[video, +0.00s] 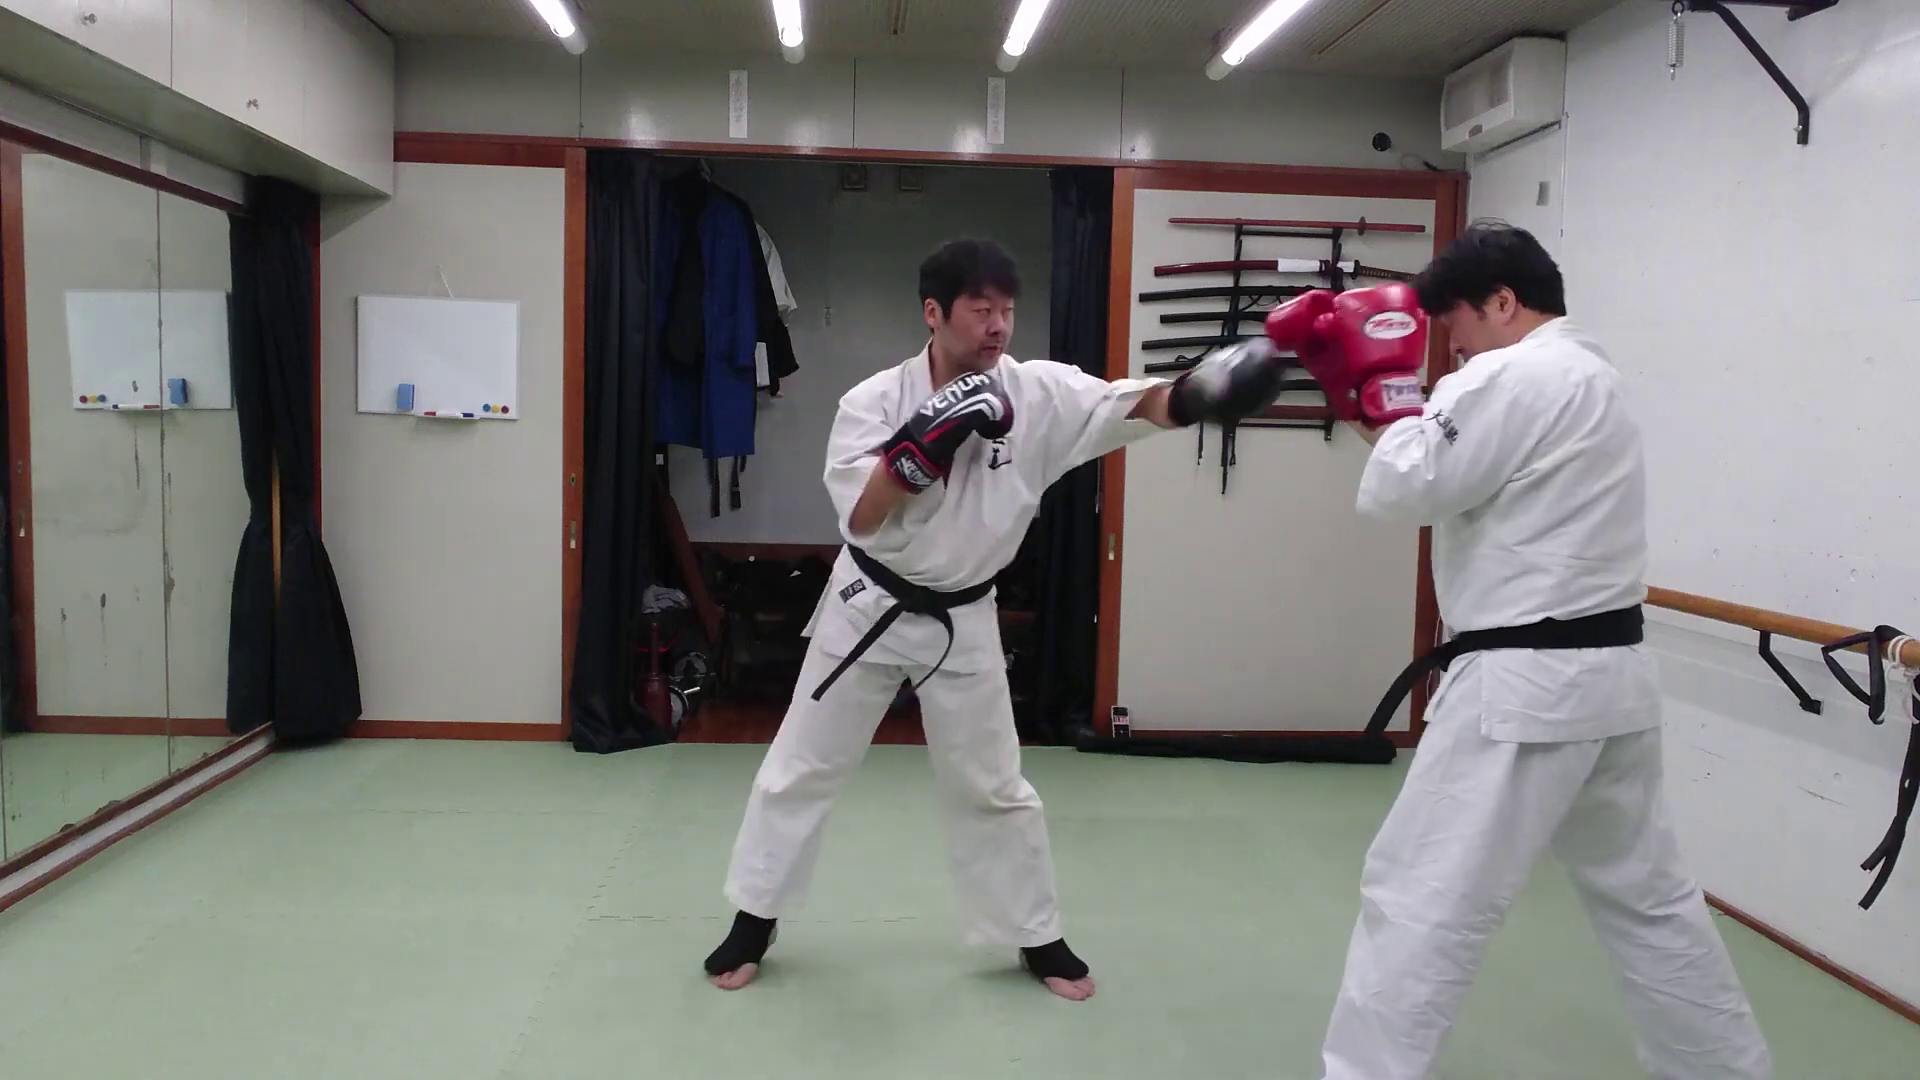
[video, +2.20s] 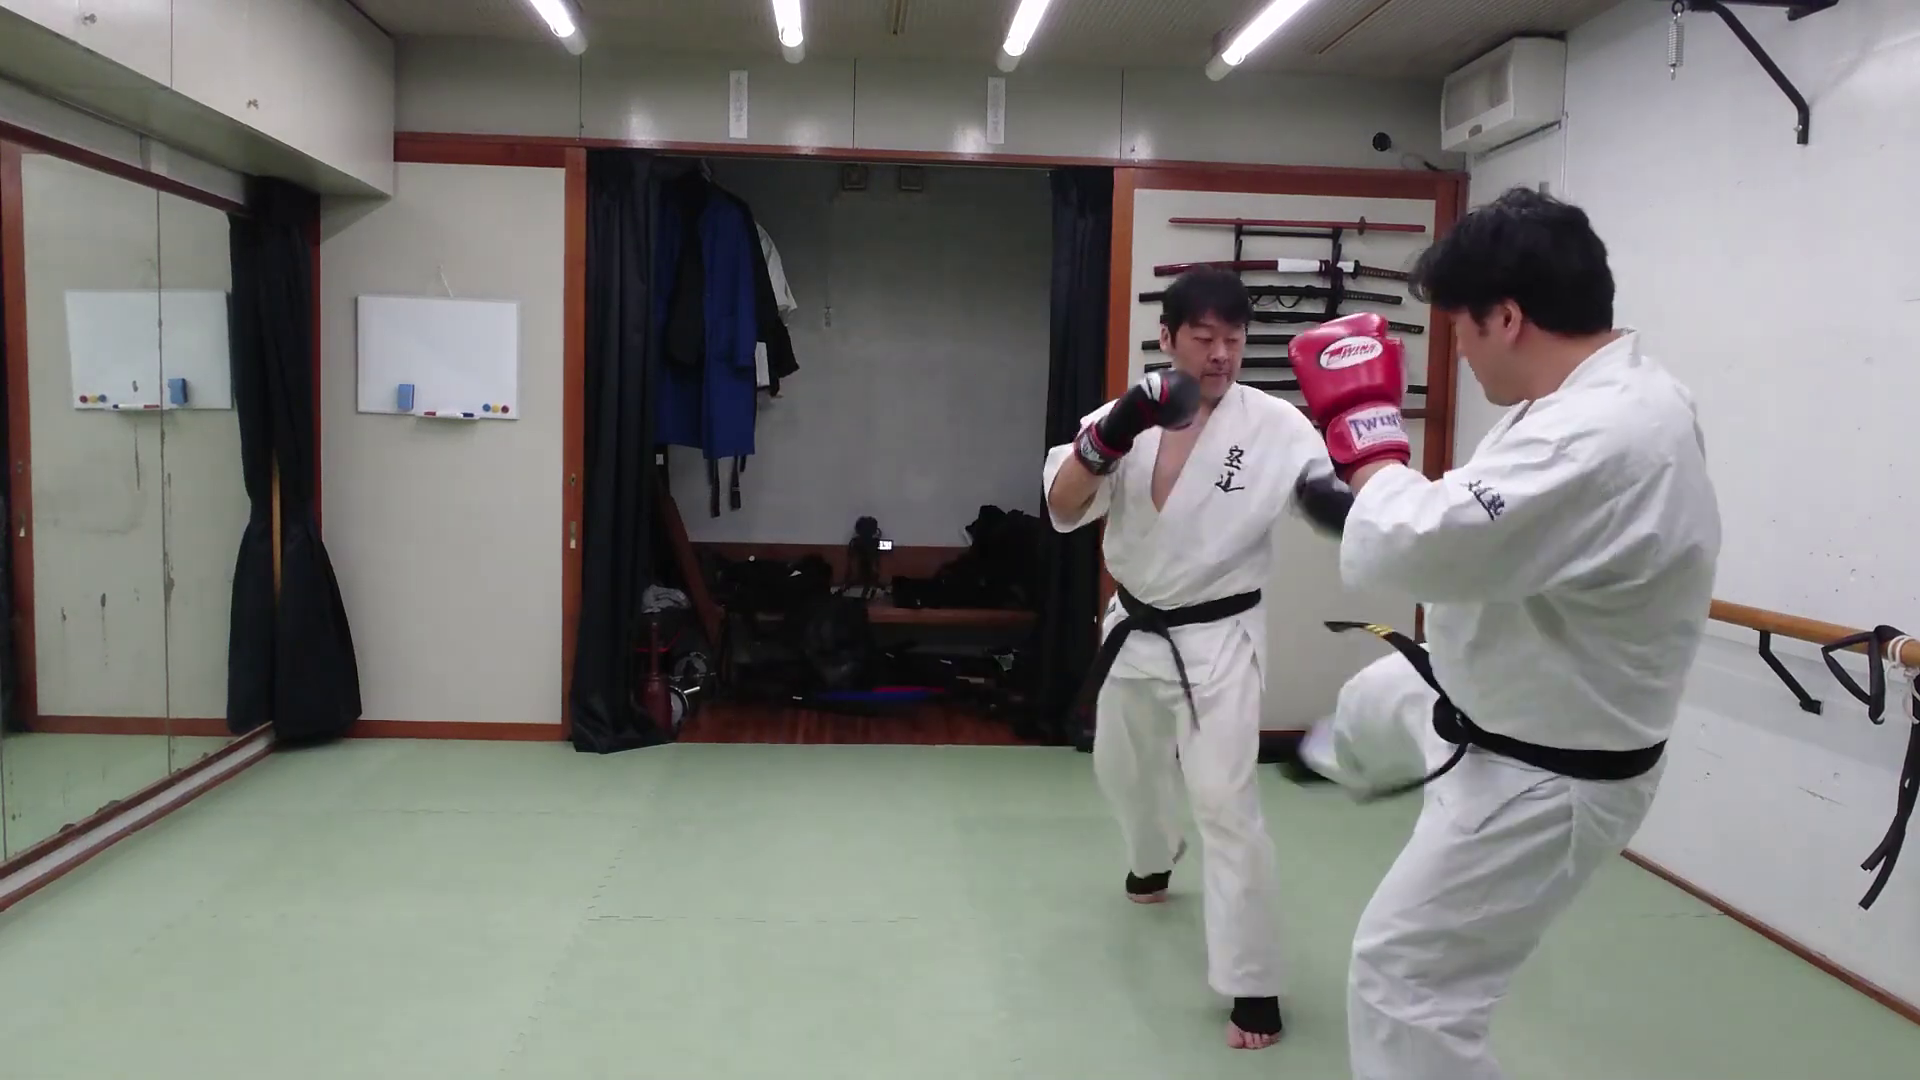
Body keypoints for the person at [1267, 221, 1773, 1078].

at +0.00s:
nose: (1451, 349)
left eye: (1453, 326)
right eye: (1445, 332)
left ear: (1503, 302)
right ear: (1531, 305)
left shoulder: (1508, 382)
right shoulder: (1596, 377)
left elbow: (1400, 487)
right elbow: (1478, 476)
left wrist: (1400, 391)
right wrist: (1388, 408)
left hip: (1520, 687)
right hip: (1621, 678)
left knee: (1418, 904)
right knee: (1651, 904)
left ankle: (1364, 1065)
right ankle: (1731, 1067)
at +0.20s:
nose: (1511, 357)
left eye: (1517, 335)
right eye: (1507, 339)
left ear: (1569, 324)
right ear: (1581, 326)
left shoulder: (1592, 405)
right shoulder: (1659, 405)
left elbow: (1488, 520)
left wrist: (1472, 421)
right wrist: (1455, 434)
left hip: (1576, 710)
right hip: (1670, 708)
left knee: (1442, 906)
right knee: (1681, 934)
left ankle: (1367, 1068)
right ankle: (1750, 1074)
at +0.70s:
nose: (1432, 360)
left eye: (1435, 336)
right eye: (1430, 338)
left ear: (1480, 324)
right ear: (1523, 321)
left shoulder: (1487, 406)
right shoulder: (1632, 402)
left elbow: (1360, 530)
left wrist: (1324, 444)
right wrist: (1434, 435)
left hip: (1542, 716)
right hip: (1673, 710)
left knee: (1431, 949)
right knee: (1709, 946)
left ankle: (1383, 1073)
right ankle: (1752, 1074)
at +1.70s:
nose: (1532, 355)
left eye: (1535, 331)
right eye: (1528, 335)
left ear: (1580, 317)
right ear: (1658, 309)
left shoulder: (1564, 403)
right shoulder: (1764, 420)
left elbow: (1476, 560)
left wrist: (1406, 490)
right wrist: (1550, 383)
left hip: (1565, 766)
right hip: (1723, 771)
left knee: (1403, 1009)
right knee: (1737, 1031)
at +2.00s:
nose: (1523, 306)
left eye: (1525, 281)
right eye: (1520, 283)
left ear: (1578, 269)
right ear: (1615, 262)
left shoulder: (1601, 376)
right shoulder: (1706, 351)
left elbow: (1526, 501)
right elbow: (1560, 396)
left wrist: (1398, 434)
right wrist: (1445, 381)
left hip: (1544, 744)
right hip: (1667, 729)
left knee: (1442, 997)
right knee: (1654, 928)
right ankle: (1742, 1076)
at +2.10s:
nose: (1488, 326)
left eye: (1490, 301)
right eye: (1483, 304)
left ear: (1543, 288)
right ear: (1560, 285)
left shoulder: (1613, 408)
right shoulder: (1646, 375)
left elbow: (1464, 520)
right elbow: (1564, 480)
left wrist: (1378, 442)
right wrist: (1469, 451)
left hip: (1560, 760)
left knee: (1421, 966)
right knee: (1437, 784)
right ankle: (1621, 934)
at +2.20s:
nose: (1458, 352)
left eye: (1460, 329)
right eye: (1453, 330)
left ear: (1510, 320)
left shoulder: (1597, 435)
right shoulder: (1617, 393)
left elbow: (1424, 542)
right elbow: (1482, 522)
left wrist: (1377, 455)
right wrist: (1370, 510)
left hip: (1545, 774)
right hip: (1507, 704)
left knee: (1405, 972)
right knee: (1386, 683)